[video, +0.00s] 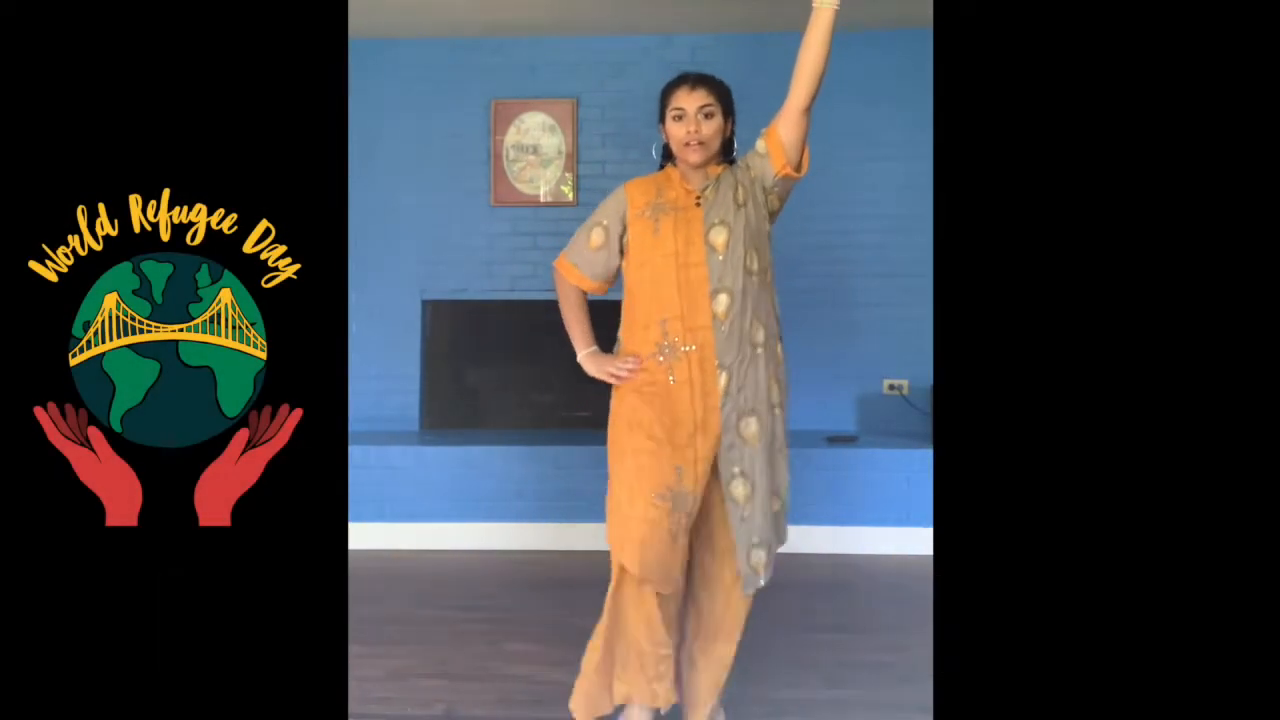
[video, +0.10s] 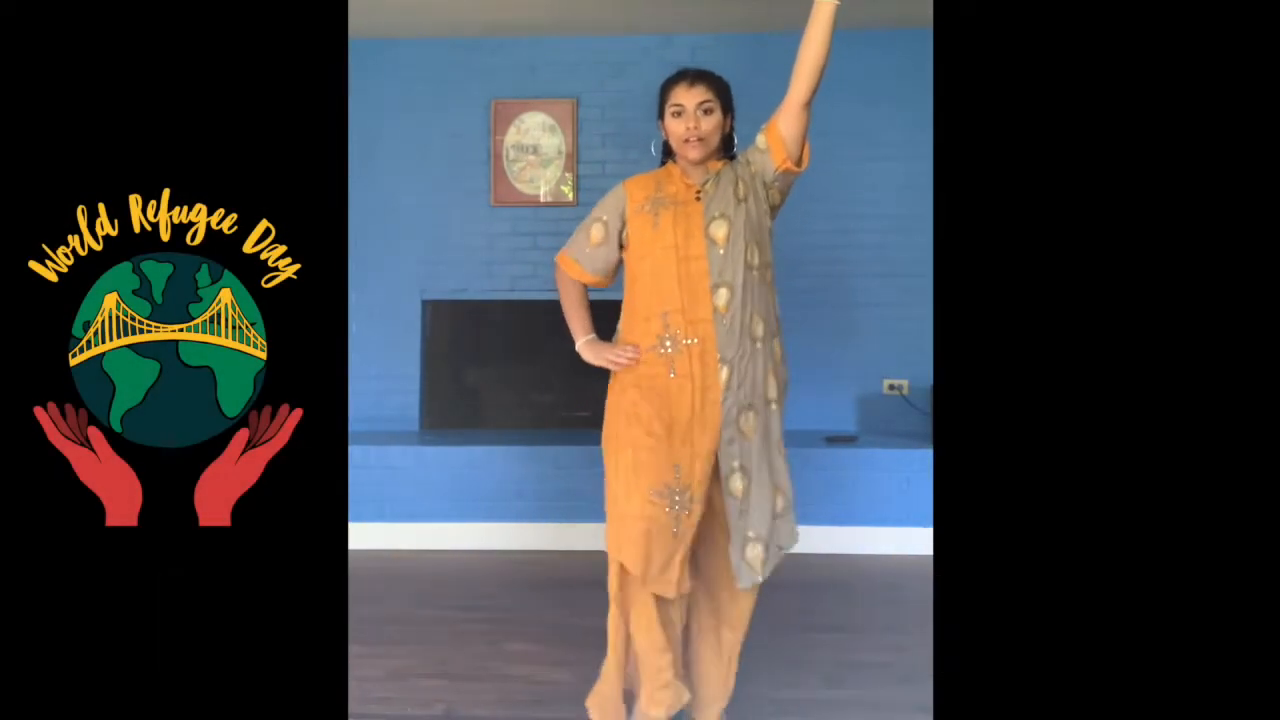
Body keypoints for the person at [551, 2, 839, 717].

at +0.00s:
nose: (692, 125)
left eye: (706, 114)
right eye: (679, 115)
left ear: (727, 127)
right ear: (664, 129)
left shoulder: (752, 189)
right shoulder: (636, 199)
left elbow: (799, 104)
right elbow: (571, 271)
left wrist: (825, 9)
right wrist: (588, 354)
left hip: (738, 402)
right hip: (652, 401)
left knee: (726, 565)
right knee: (649, 559)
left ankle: (702, 706)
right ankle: (639, 703)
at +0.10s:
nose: (691, 122)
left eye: (705, 110)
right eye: (678, 112)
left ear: (726, 121)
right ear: (663, 125)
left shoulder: (752, 184)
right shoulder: (636, 195)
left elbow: (801, 92)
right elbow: (571, 264)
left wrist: (827, 0)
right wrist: (586, 341)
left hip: (735, 396)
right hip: (650, 394)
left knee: (726, 560)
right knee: (650, 556)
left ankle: (705, 706)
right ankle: (652, 705)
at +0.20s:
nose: (691, 117)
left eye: (704, 105)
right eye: (678, 107)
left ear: (725, 115)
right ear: (662, 120)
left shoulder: (752, 178)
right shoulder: (635, 192)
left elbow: (800, 85)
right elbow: (571, 256)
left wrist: (823, 0)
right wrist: (579, 319)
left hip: (732, 392)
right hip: (647, 394)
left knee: (726, 564)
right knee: (649, 564)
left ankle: (713, 708)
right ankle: (651, 711)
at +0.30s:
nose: (689, 118)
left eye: (702, 106)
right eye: (676, 108)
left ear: (723, 117)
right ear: (661, 121)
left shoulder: (751, 179)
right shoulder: (633, 195)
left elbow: (797, 83)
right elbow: (568, 253)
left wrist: (819, 1)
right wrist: (574, 305)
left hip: (727, 391)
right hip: (641, 391)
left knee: (723, 552)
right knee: (642, 554)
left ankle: (718, 702)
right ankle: (650, 706)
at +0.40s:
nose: (688, 118)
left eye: (702, 107)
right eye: (675, 108)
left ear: (723, 118)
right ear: (660, 123)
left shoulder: (751, 182)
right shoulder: (633, 196)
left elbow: (796, 87)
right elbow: (567, 255)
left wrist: (817, 1)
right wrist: (578, 310)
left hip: (727, 392)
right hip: (641, 393)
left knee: (726, 552)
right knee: (639, 553)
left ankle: (713, 706)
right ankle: (641, 704)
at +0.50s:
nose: (689, 117)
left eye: (702, 105)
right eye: (675, 107)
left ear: (723, 117)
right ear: (660, 121)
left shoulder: (751, 179)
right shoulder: (634, 194)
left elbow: (803, 91)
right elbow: (566, 258)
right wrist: (579, 332)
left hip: (731, 391)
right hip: (643, 390)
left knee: (729, 551)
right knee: (634, 552)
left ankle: (704, 701)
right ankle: (630, 705)